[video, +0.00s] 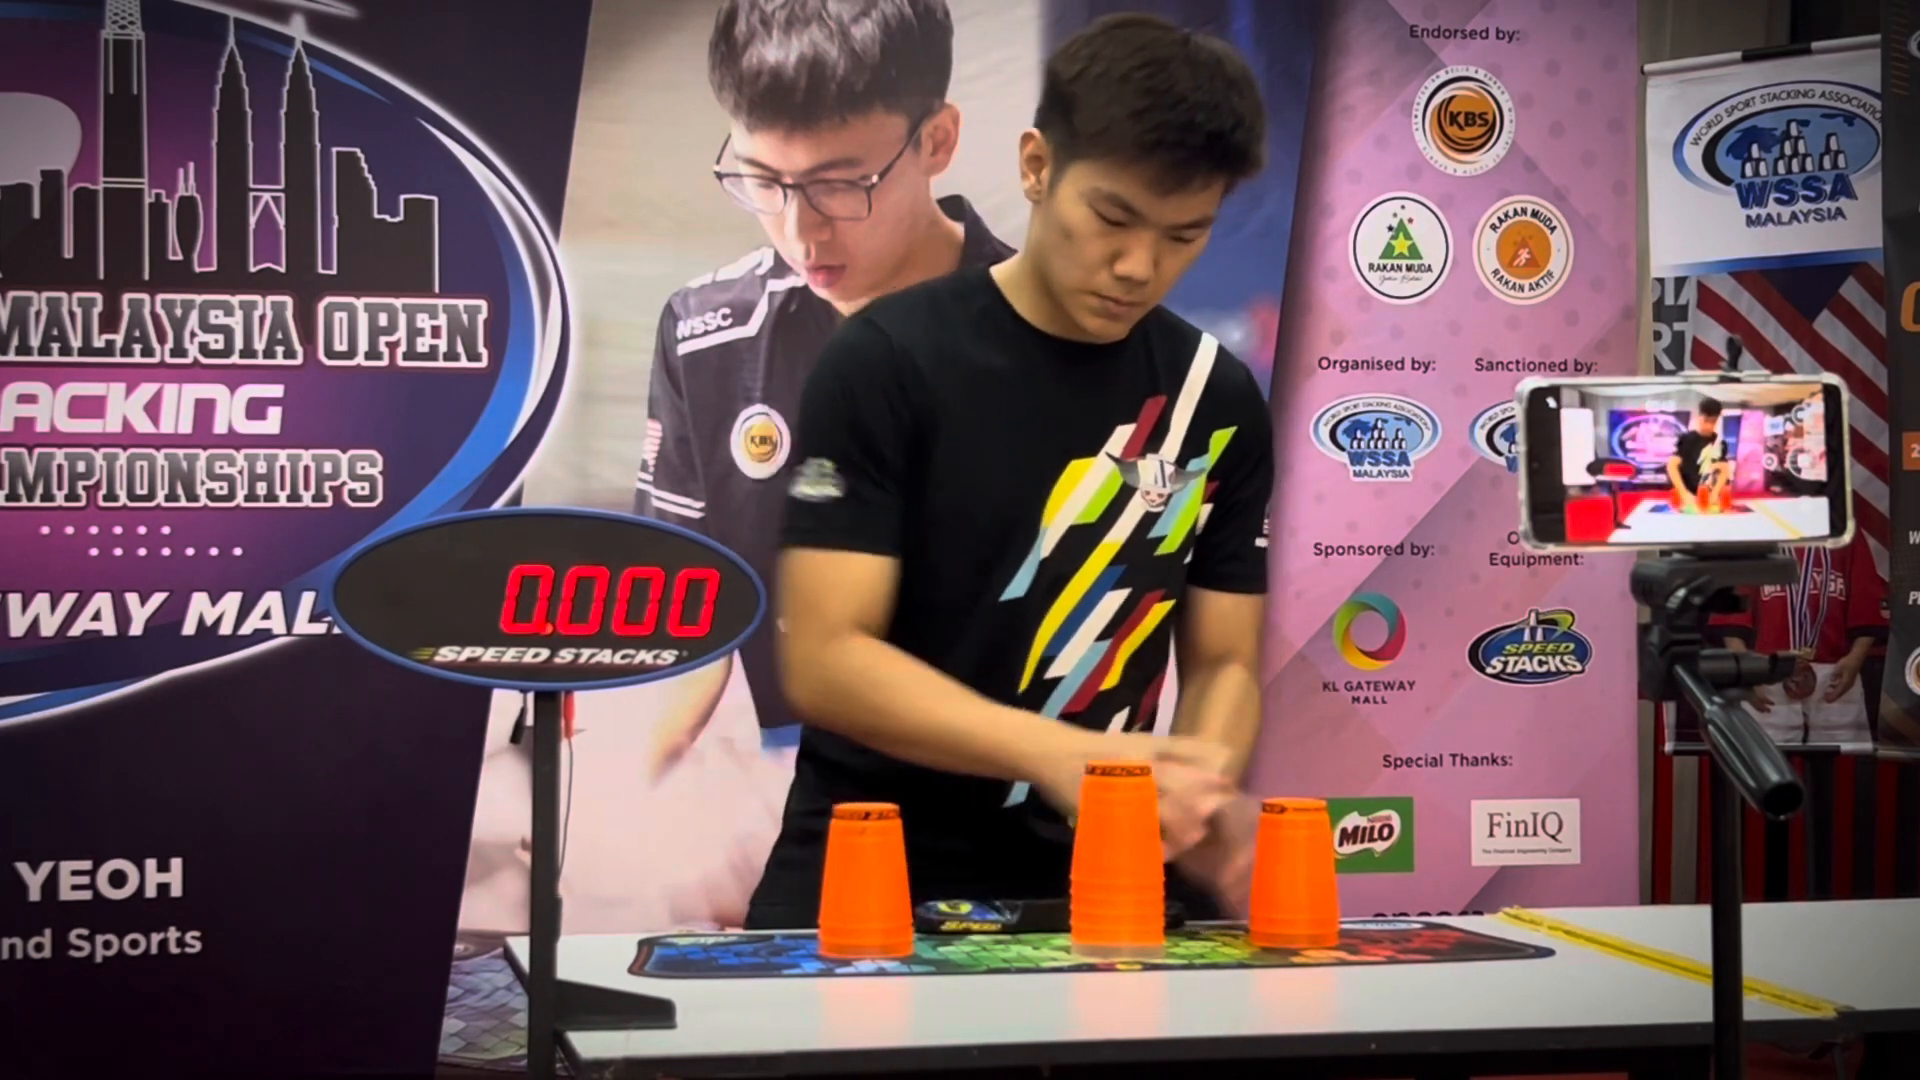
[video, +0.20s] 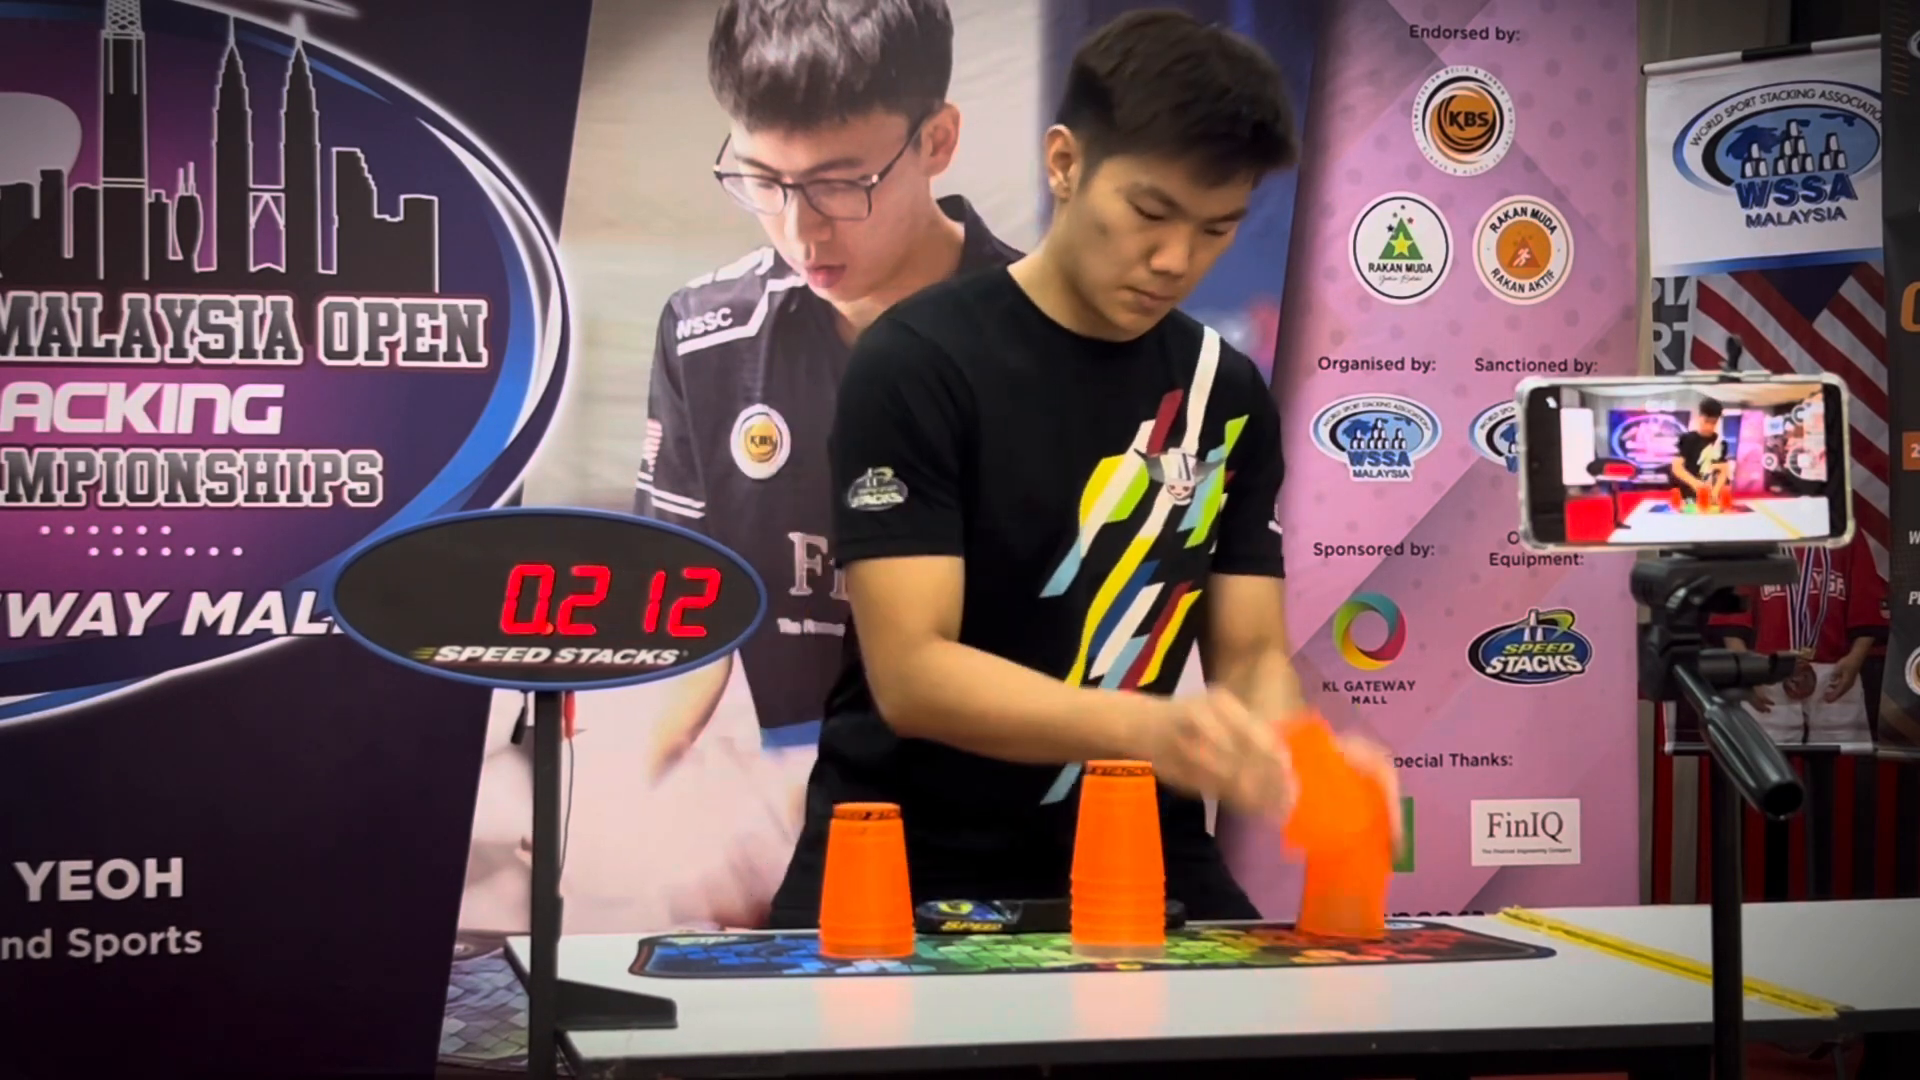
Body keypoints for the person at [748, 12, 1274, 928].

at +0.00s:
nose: (1139, 268)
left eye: (1183, 236)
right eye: (1112, 216)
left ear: (1215, 217)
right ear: (1034, 170)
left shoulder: (1220, 404)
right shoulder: (887, 359)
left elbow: (1223, 662)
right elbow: (820, 659)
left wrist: (1190, 787)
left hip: (1086, 905)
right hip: (865, 894)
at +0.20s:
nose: (1176, 261)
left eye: (1215, 228)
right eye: (1149, 212)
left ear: (1243, 213)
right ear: (1064, 166)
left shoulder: (1229, 399)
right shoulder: (915, 362)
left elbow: (1252, 658)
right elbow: (909, 680)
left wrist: (1304, 758)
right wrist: (1147, 731)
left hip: (1141, 881)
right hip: (910, 887)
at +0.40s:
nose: (1173, 256)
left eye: (1213, 223)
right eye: (1146, 205)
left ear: (1241, 209)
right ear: (1060, 163)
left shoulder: (1237, 394)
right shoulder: (907, 360)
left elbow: (1250, 662)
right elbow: (846, 656)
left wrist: (1249, 706)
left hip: (1142, 868)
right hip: (903, 872)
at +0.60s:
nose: (1139, 246)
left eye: (1184, 211)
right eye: (1111, 192)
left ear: (1217, 198)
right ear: (1037, 155)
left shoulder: (1229, 405)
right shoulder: (885, 353)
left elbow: (1227, 673)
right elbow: (812, 635)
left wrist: (1184, 763)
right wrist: (927, 745)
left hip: (1116, 892)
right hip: (874, 885)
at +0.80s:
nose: (1138, 227)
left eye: (1181, 193)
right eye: (1109, 174)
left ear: (1218, 183)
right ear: (1036, 138)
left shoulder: (1231, 385)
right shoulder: (887, 329)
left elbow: (1255, 653)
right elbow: (794, 604)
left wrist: (1216, 750)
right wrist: (947, 643)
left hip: (1099, 892)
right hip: (870, 877)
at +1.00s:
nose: (1089, 235)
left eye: (1136, 204)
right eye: (1062, 183)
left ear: (1182, 194)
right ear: (1002, 146)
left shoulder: (1216, 396)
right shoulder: (856, 351)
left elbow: (1218, 686)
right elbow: (765, 608)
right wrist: (811, 709)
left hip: (1094, 894)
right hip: (867, 877)